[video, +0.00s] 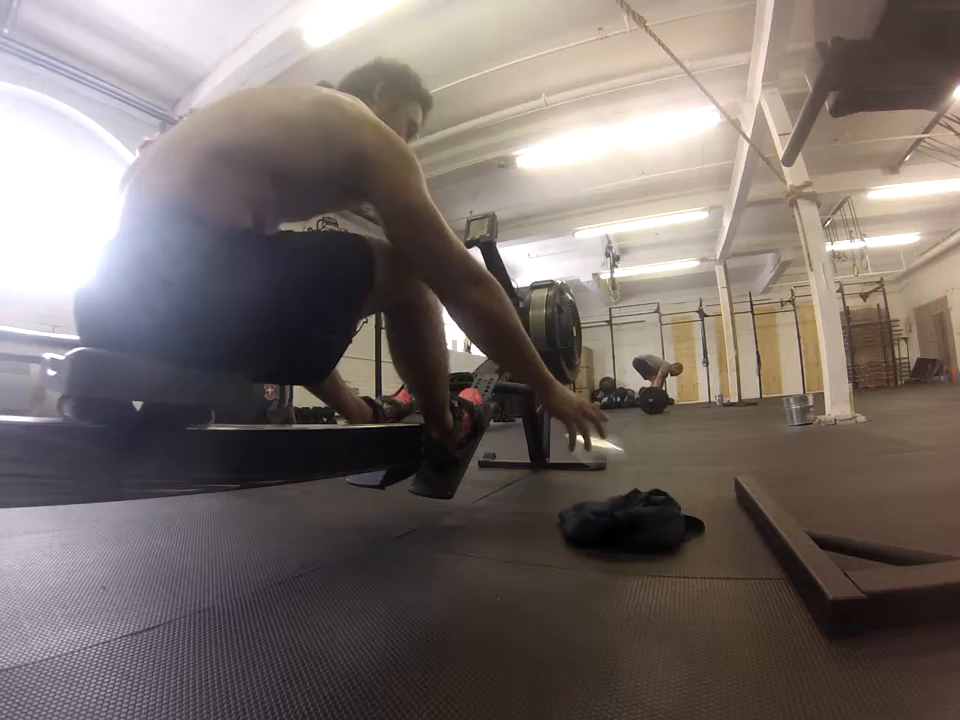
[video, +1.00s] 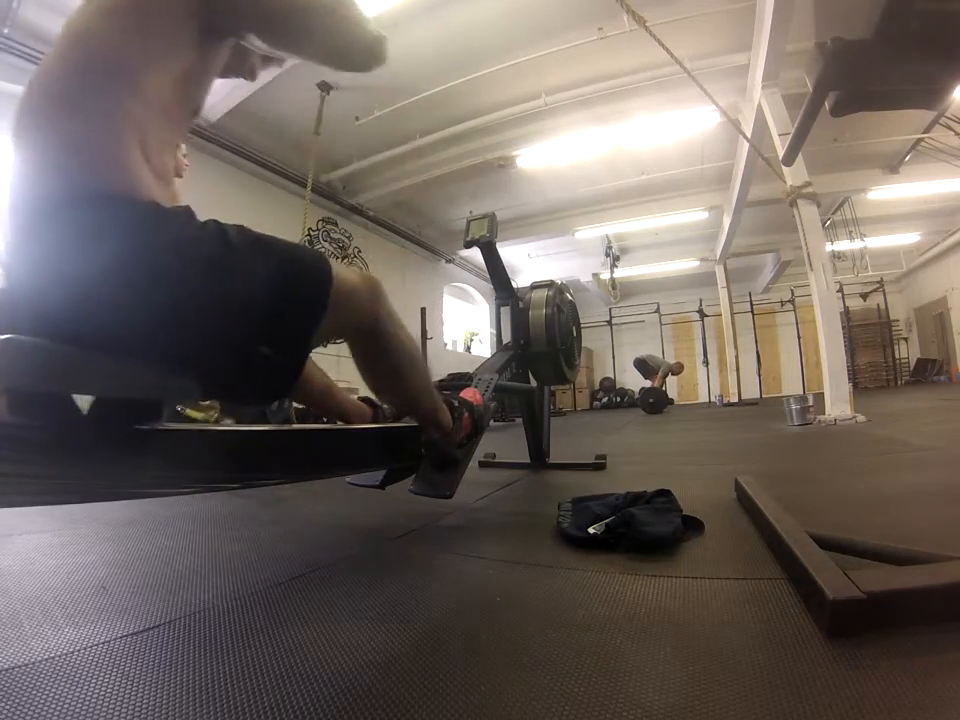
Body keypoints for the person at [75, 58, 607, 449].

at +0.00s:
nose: (413, 145)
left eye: (417, 133)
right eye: (412, 129)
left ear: (354, 92)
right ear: (387, 104)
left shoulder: (266, 118)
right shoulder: (375, 141)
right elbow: (462, 280)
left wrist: (352, 401)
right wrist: (548, 386)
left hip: (109, 298)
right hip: (196, 290)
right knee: (409, 273)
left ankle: (362, 422)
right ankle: (444, 441)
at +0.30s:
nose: (394, 138)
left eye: (402, 128)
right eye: (400, 120)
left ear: (340, 80)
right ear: (384, 95)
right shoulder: (350, 116)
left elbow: (259, 274)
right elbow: (425, 268)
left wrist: (349, 404)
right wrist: (508, 371)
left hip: (114, 310)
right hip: (198, 300)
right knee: (416, 275)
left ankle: (364, 414)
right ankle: (445, 432)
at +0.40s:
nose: (379, 128)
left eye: (386, 115)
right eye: (385, 108)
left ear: (331, 63)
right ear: (370, 83)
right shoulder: (327, 93)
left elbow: (255, 280)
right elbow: (393, 236)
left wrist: (351, 406)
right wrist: (502, 308)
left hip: (108, 303)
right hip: (184, 293)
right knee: (413, 272)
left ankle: (366, 413)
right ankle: (445, 432)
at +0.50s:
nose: (362, 115)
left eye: (370, 102)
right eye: (366, 93)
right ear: (342, 61)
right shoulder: (298, 66)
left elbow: (242, 279)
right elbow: (360, 178)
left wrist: (341, 401)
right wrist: (463, 218)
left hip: (100, 294)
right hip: (170, 279)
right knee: (401, 274)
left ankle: (359, 409)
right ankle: (442, 426)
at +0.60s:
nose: (342, 95)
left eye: (349, 86)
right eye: (346, 78)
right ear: (326, 50)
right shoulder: (277, 40)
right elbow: (392, 152)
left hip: (82, 293)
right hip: (163, 275)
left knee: (271, 312)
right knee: (397, 276)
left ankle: (363, 415)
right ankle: (444, 428)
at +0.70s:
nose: (311, 55)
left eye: (308, 41)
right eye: (305, 39)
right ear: (292, 16)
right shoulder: (253, 18)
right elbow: (403, 110)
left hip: (70, 293)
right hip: (154, 271)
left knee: (266, 305)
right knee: (389, 279)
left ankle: (360, 415)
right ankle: (445, 430)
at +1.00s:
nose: (262, 74)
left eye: (269, 69)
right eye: (266, 59)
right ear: (250, 18)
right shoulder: (200, 7)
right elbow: (366, 49)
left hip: (41, 259)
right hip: (119, 247)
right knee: (362, 296)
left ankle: (362, 421)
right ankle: (443, 430)